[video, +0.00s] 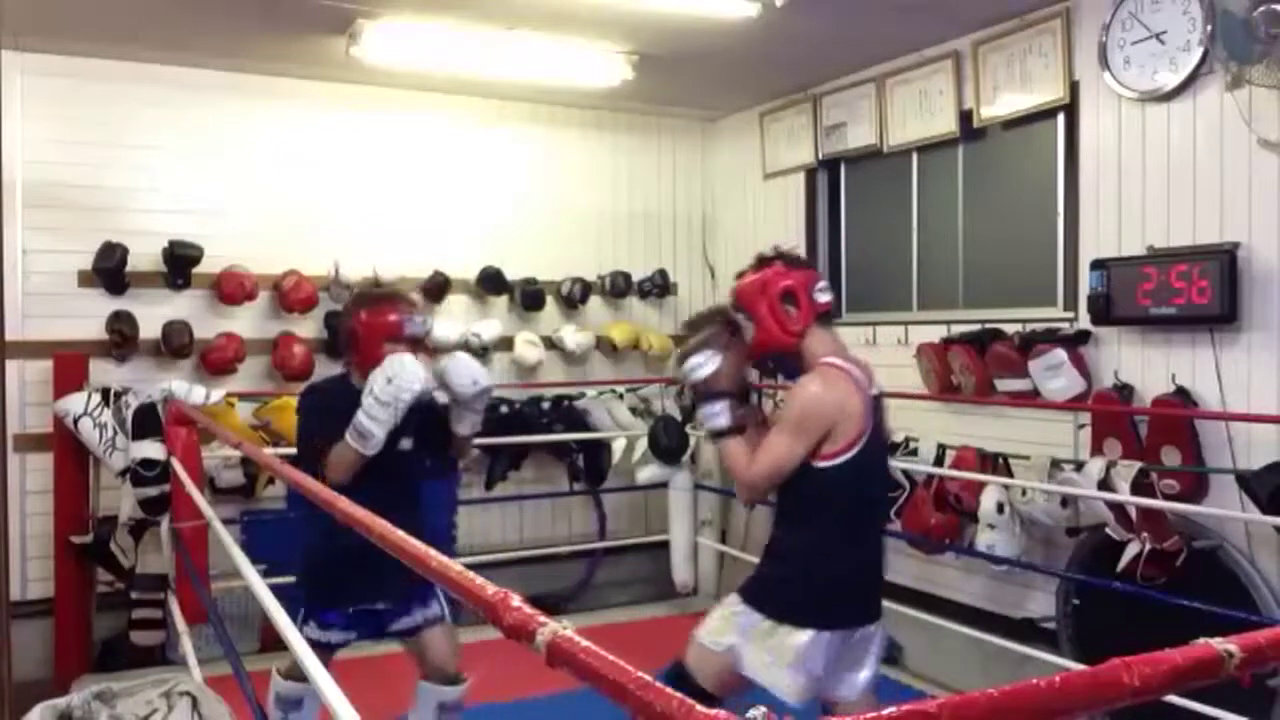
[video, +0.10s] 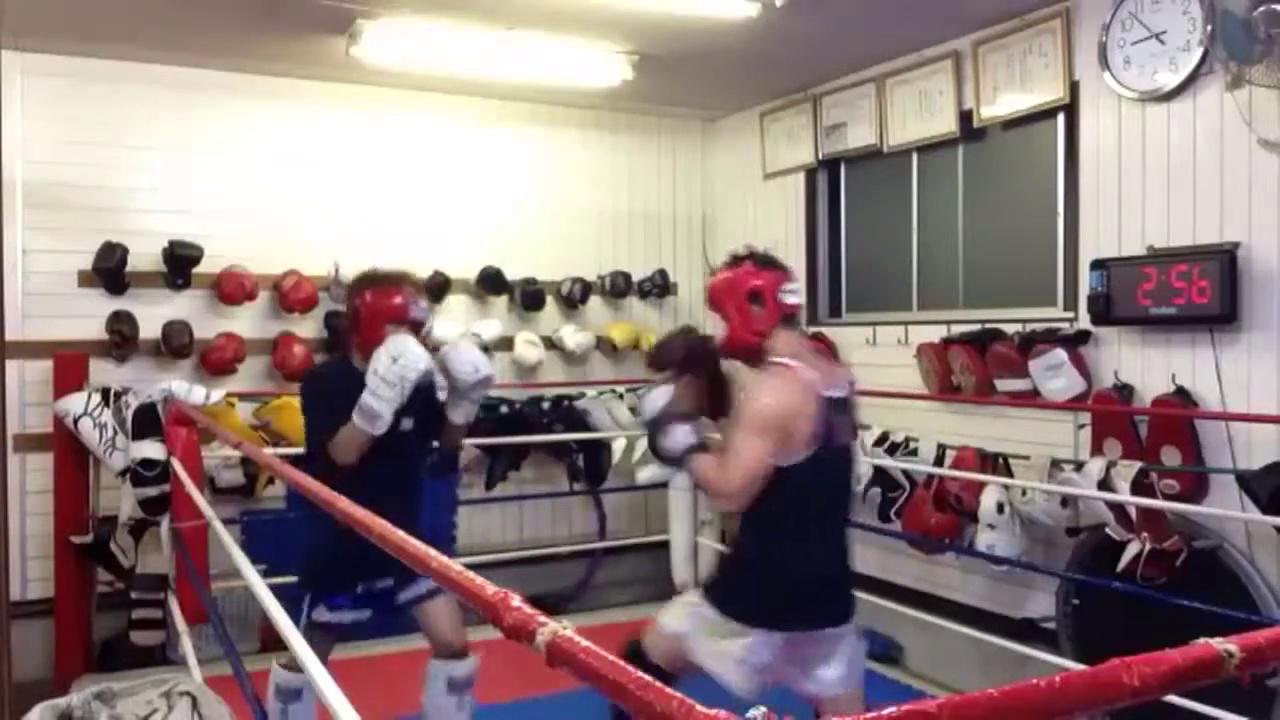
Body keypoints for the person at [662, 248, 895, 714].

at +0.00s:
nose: (752, 337)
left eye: (753, 324)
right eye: (748, 326)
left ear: (787, 313)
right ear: (801, 309)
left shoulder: (820, 389)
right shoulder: (855, 375)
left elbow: (751, 481)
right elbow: (775, 460)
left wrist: (720, 402)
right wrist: (740, 395)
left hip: (794, 596)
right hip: (856, 596)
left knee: (684, 690)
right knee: (850, 710)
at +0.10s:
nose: (722, 332)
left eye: (725, 317)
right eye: (720, 318)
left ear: (755, 310)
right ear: (774, 305)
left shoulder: (777, 387)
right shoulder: (833, 373)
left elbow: (729, 489)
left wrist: (685, 444)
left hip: (757, 594)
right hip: (828, 592)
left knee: (642, 663)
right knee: (843, 711)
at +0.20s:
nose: (669, 314)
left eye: (674, 300)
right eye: (669, 300)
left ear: (701, 300)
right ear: (734, 299)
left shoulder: (690, 371)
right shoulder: (793, 368)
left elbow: (611, 433)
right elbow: (809, 431)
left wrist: (574, 395)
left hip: (707, 579)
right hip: (786, 575)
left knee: (622, 666)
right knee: (831, 700)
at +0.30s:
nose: (610, 316)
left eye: (613, 306)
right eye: (613, 305)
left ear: (626, 312)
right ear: (683, 306)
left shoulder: (604, 370)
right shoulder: (738, 374)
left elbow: (530, 362)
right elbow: (752, 434)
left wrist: (462, 343)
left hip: (654, 586)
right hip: (739, 580)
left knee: (604, 699)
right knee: (802, 689)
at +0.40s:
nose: (575, 328)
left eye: (577, 317)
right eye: (575, 317)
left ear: (592, 317)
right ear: (651, 317)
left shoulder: (565, 374)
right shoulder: (702, 379)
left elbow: (478, 369)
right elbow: (712, 453)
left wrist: (463, 328)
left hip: (613, 590)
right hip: (700, 588)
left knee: (565, 705)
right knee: (793, 704)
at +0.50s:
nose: (565, 323)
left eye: (568, 311)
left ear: (580, 313)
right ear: (643, 315)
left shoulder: (553, 378)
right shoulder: (691, 381)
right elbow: (695, 440)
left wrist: (488, 390)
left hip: (589, 594)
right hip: (678, 591)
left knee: (542, 704)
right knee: (760, 708)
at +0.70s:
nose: (579, 321)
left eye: (584, 307)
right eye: (580, 308)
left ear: (601, 307)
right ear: (663, 313)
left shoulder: (567, 382)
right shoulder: (709, 393)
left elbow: (508, 488)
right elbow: (693, 460)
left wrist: (523, 408)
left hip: (576, 629)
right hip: (672, 630)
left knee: (547, 708)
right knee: (683, 713)